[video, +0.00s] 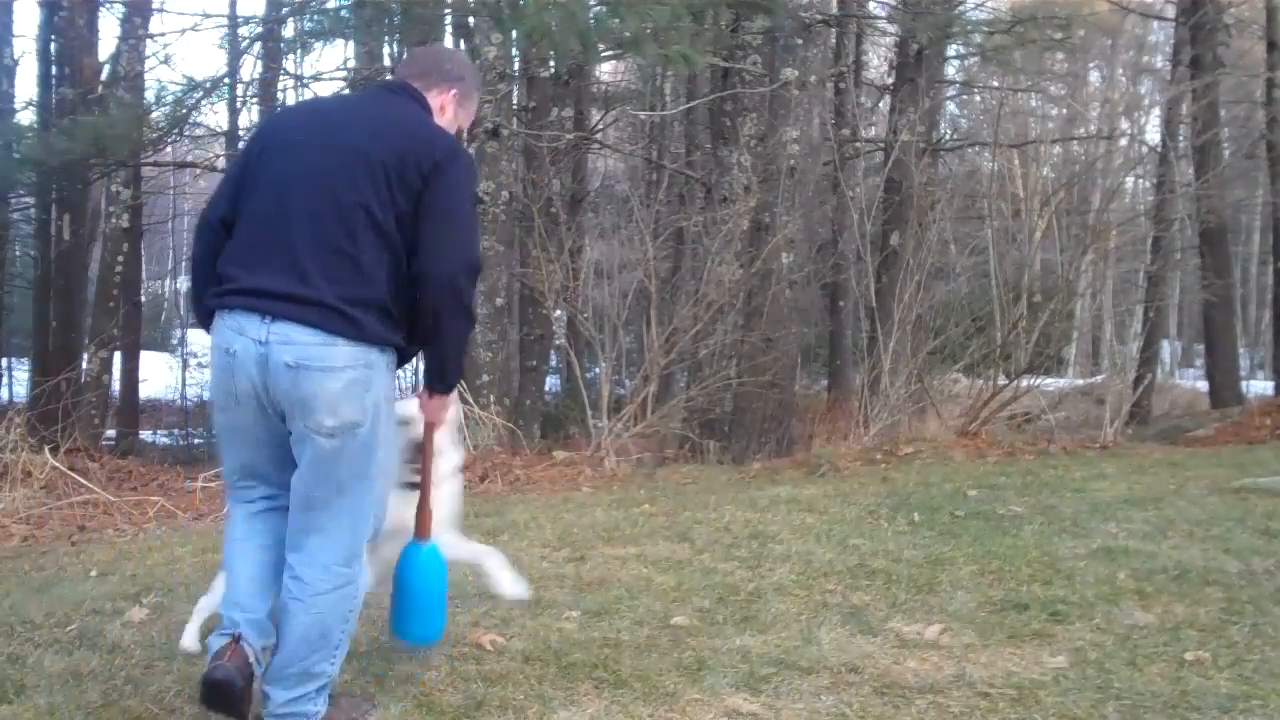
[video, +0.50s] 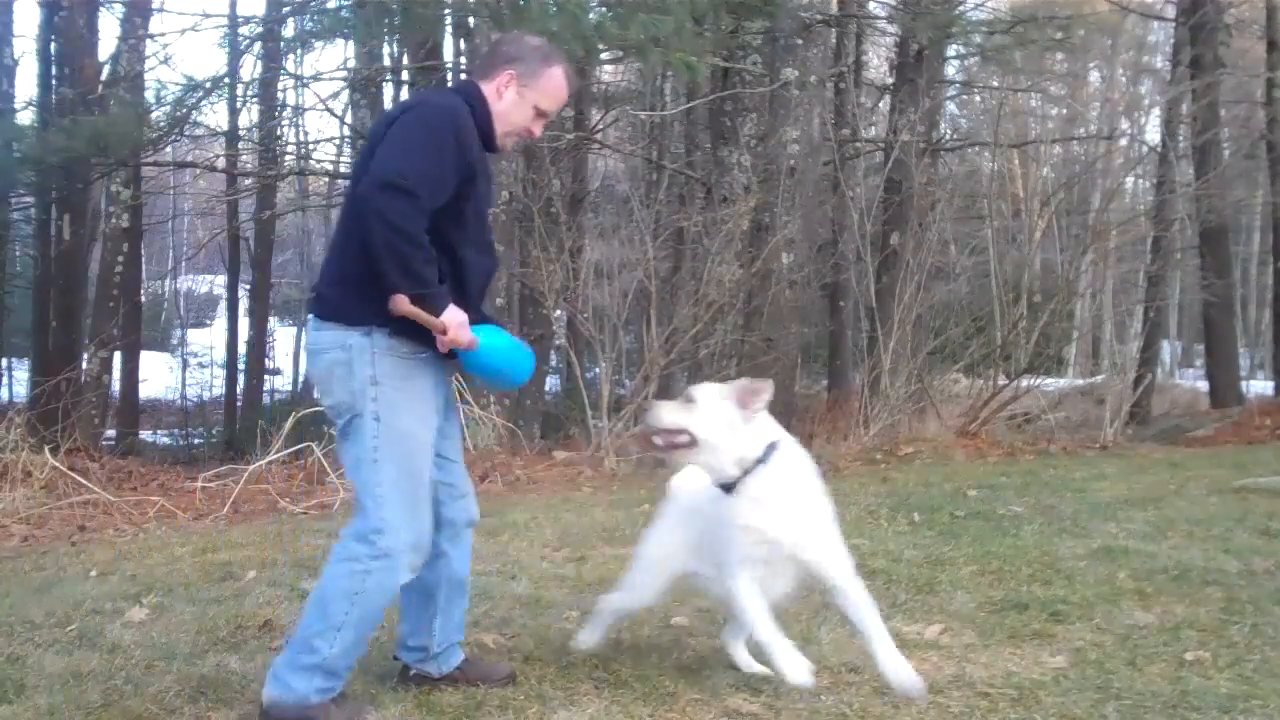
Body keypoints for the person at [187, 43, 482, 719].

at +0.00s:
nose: (460, 138)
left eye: (465, 126)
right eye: (465, 123)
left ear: (396, 83)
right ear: (445, 99)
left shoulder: (288, 119)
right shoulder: (439, 152)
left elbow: (213, 225)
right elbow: (447, 271)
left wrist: (218, 317)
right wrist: (441, 385)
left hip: (238, 340)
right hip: (338, 355)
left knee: (254, 498)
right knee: (328, 538)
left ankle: (239, 639)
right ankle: (296, 706)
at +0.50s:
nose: (538, 131)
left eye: (547, 120)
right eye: (539, 112)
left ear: (507, 91)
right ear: (506, 83)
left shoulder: (465, 139)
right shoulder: (443, 116)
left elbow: (437, 247)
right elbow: (389, 200)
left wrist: (458, 326)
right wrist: (435, 303)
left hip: (414, 347)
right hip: (370, 343)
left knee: (449, 513)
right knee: (393, 531)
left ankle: (432, 657)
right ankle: (297, 692)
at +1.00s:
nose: (589, 93)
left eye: (601, 79)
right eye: (575, 77)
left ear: (611, 74)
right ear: (536, 63)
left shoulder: (597, 153)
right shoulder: (470, 125)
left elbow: (608, 256)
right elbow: (392, 202)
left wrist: (621, 321)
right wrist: (455, 273)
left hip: (539, 355)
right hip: (463, 347)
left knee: (486, 509)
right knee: (534, 506)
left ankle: (433, 655)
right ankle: (576, 682)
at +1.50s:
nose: (617, 48)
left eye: (632, 31)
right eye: (601, 32)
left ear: (652, 26)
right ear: (572, 27)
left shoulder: (687, 112)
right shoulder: (519, 107)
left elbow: (728, 215)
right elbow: (465, 207)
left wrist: (717, 275)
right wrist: (522, 203)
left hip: (662, 354)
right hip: (548, 358)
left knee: (700, 516)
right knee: (558, 530)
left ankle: (685, 684)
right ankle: (576, 687)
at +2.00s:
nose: (677, 6)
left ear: (724, 1)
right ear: (635, 3)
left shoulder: (785, 96)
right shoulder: (584, 94)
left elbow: (846, 215)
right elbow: (534, 201)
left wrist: (795, 277)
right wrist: (553, 233)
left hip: (754, 372)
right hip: (620, 371)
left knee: (773, 566)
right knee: (608, 545)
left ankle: (758, 713)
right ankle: (627, 702)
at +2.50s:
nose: (634, 76)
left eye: (653, 53)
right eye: (612, 56)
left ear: (686, 58)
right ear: (583, 67)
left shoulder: (763, 154)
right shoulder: (535, 166)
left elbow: (830, 294)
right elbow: (484, 290)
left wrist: (776, 388)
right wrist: (502, 335)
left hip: (771, 408)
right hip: (617, 419)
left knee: (823, 575)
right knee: (587, 624)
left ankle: (810, 712)